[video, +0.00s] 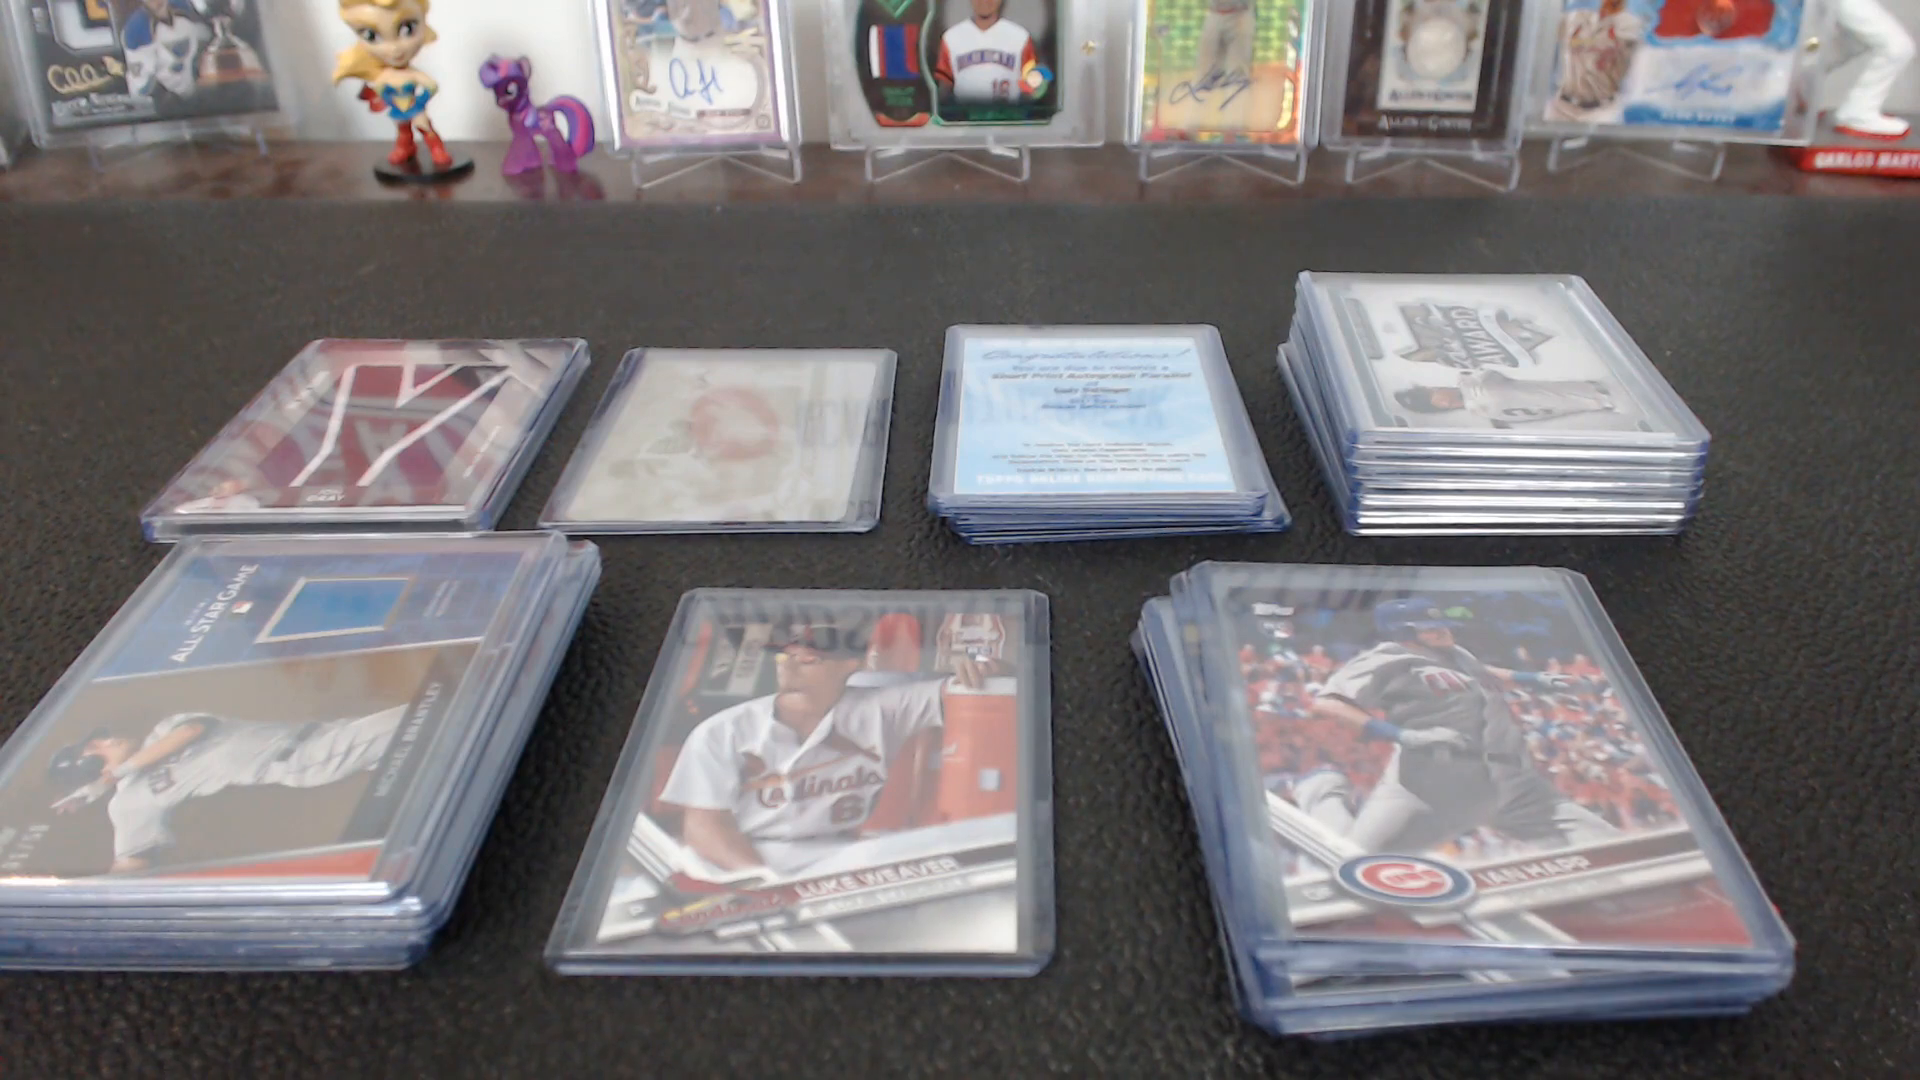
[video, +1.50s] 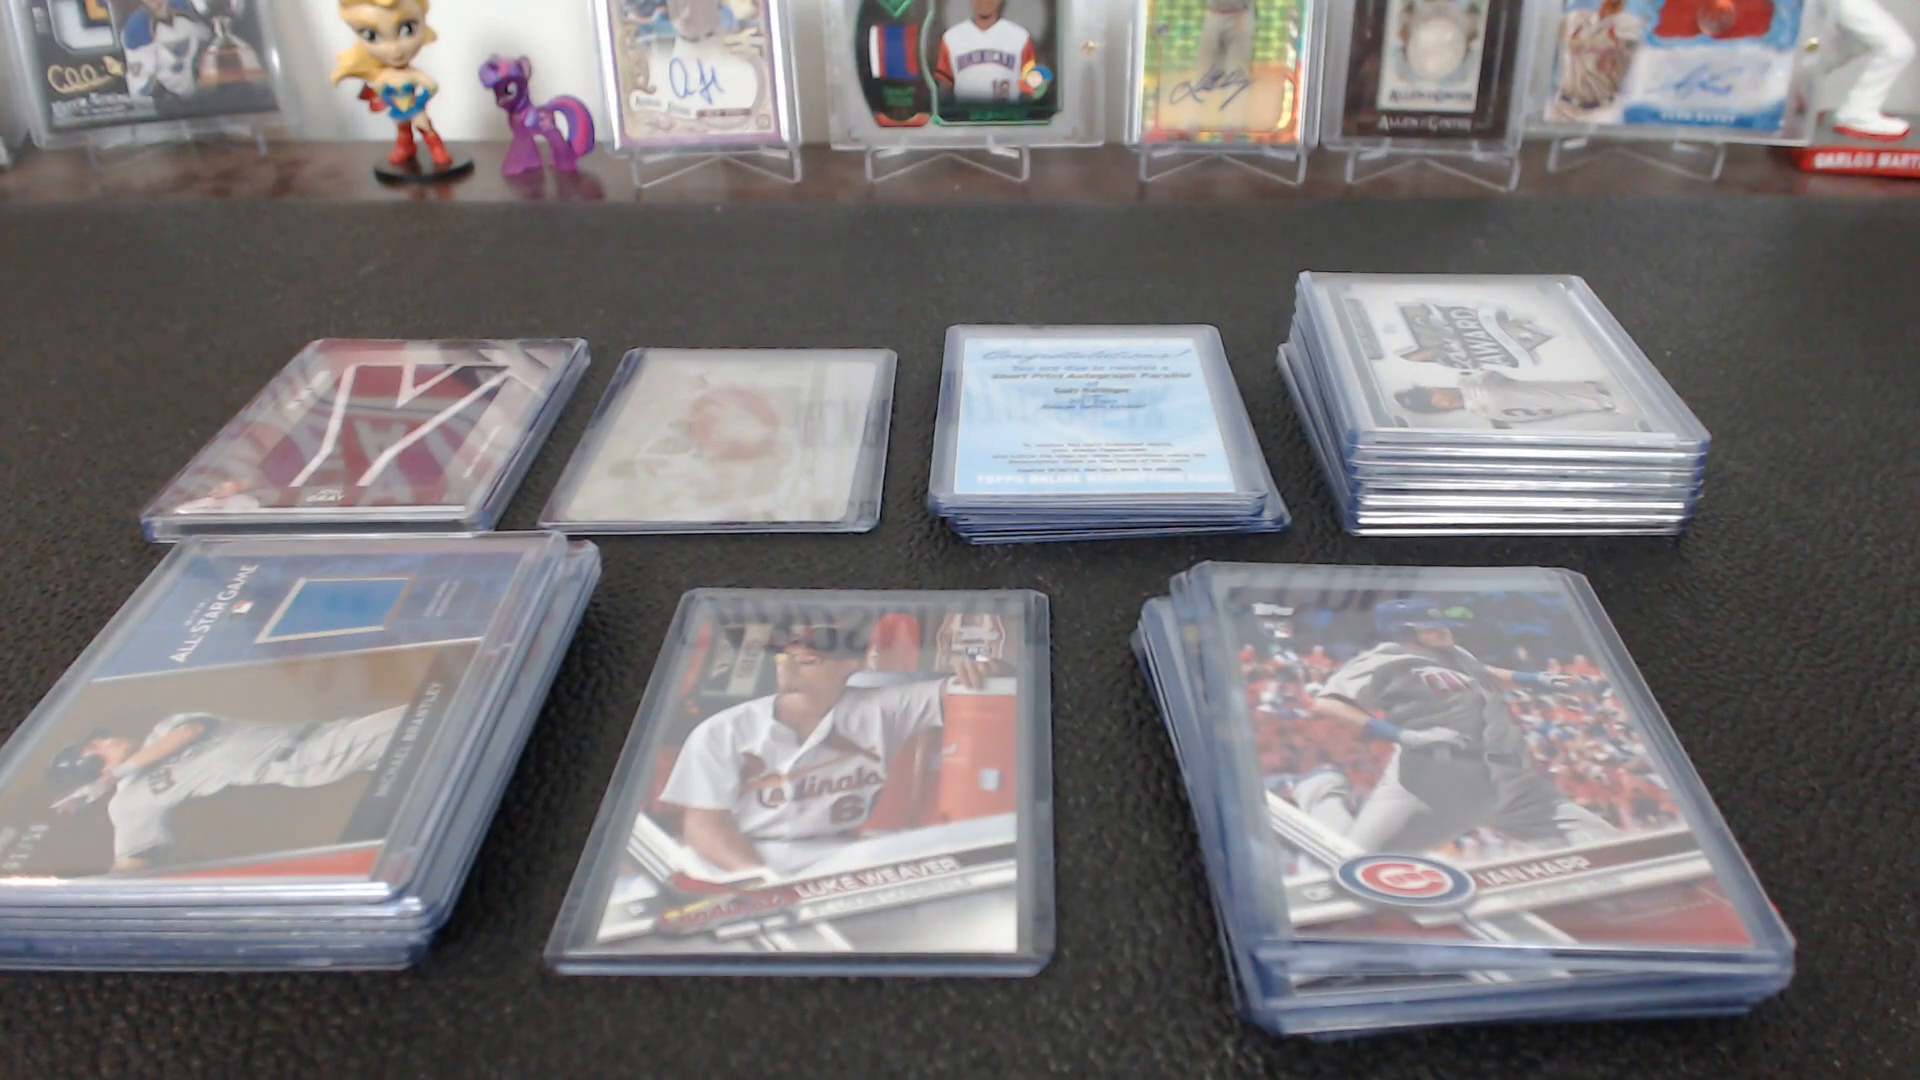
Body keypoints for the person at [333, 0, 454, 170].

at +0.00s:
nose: (393, 49)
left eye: (407, 29)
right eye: (371, 36)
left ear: (424, 26)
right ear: (358, 36)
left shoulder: (414, 75)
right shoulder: (378, 74)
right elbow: (369, 86)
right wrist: (375, 99)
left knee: (421, 121)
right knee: (401, 121)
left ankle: (436, 148)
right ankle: (405, 146)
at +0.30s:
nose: (393, 49)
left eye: (407, 29)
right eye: (371, 35)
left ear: (424, 26)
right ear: (357, 37)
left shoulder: (414, 74)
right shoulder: (378, 74)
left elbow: (427, 86)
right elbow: (369, 87)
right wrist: (375, 99)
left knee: (421, 122)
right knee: (401, 123)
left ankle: (437, 148)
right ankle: (405, 146)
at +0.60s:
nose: (393, 49)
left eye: (407, 29)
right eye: (371, 35)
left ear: (424, 26)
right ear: (357, 37)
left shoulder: (414, 75)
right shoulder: (378, 74)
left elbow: (426, 86)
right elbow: (369, 88)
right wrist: (375, 99)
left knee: (421, 122)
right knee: (401, 123)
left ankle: (437, 148)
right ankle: (405, 146)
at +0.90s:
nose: (393, 49)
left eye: (407, 29)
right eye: (371, 35)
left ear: (424, 26)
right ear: (357, 36)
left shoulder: (414, 74)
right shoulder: (378, 74)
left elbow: (426, 86)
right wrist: (375, 99)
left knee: (421, 121)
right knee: (401, 122)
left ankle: (437, 148)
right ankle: (405, 146)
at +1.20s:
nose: (394, 50)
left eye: (407, 29)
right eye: (371, 35)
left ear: (424, 26)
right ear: (358, 36)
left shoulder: (414, 74)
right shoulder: (379, 74)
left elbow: (427, 86)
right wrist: (375, 99)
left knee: (422, 122)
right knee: (401, 123)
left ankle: (436, 148)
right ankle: (405, 147)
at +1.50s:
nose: (394, 50)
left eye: (407, 30)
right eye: (371, 35)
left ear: (424, 27)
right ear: (357, 36)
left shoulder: (414, 74)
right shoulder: (378, 74)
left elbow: (427, 86)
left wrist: (419, 108)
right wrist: (375, 99)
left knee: (422, 122)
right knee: (401, 123)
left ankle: (436, 148)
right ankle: (405, 147)